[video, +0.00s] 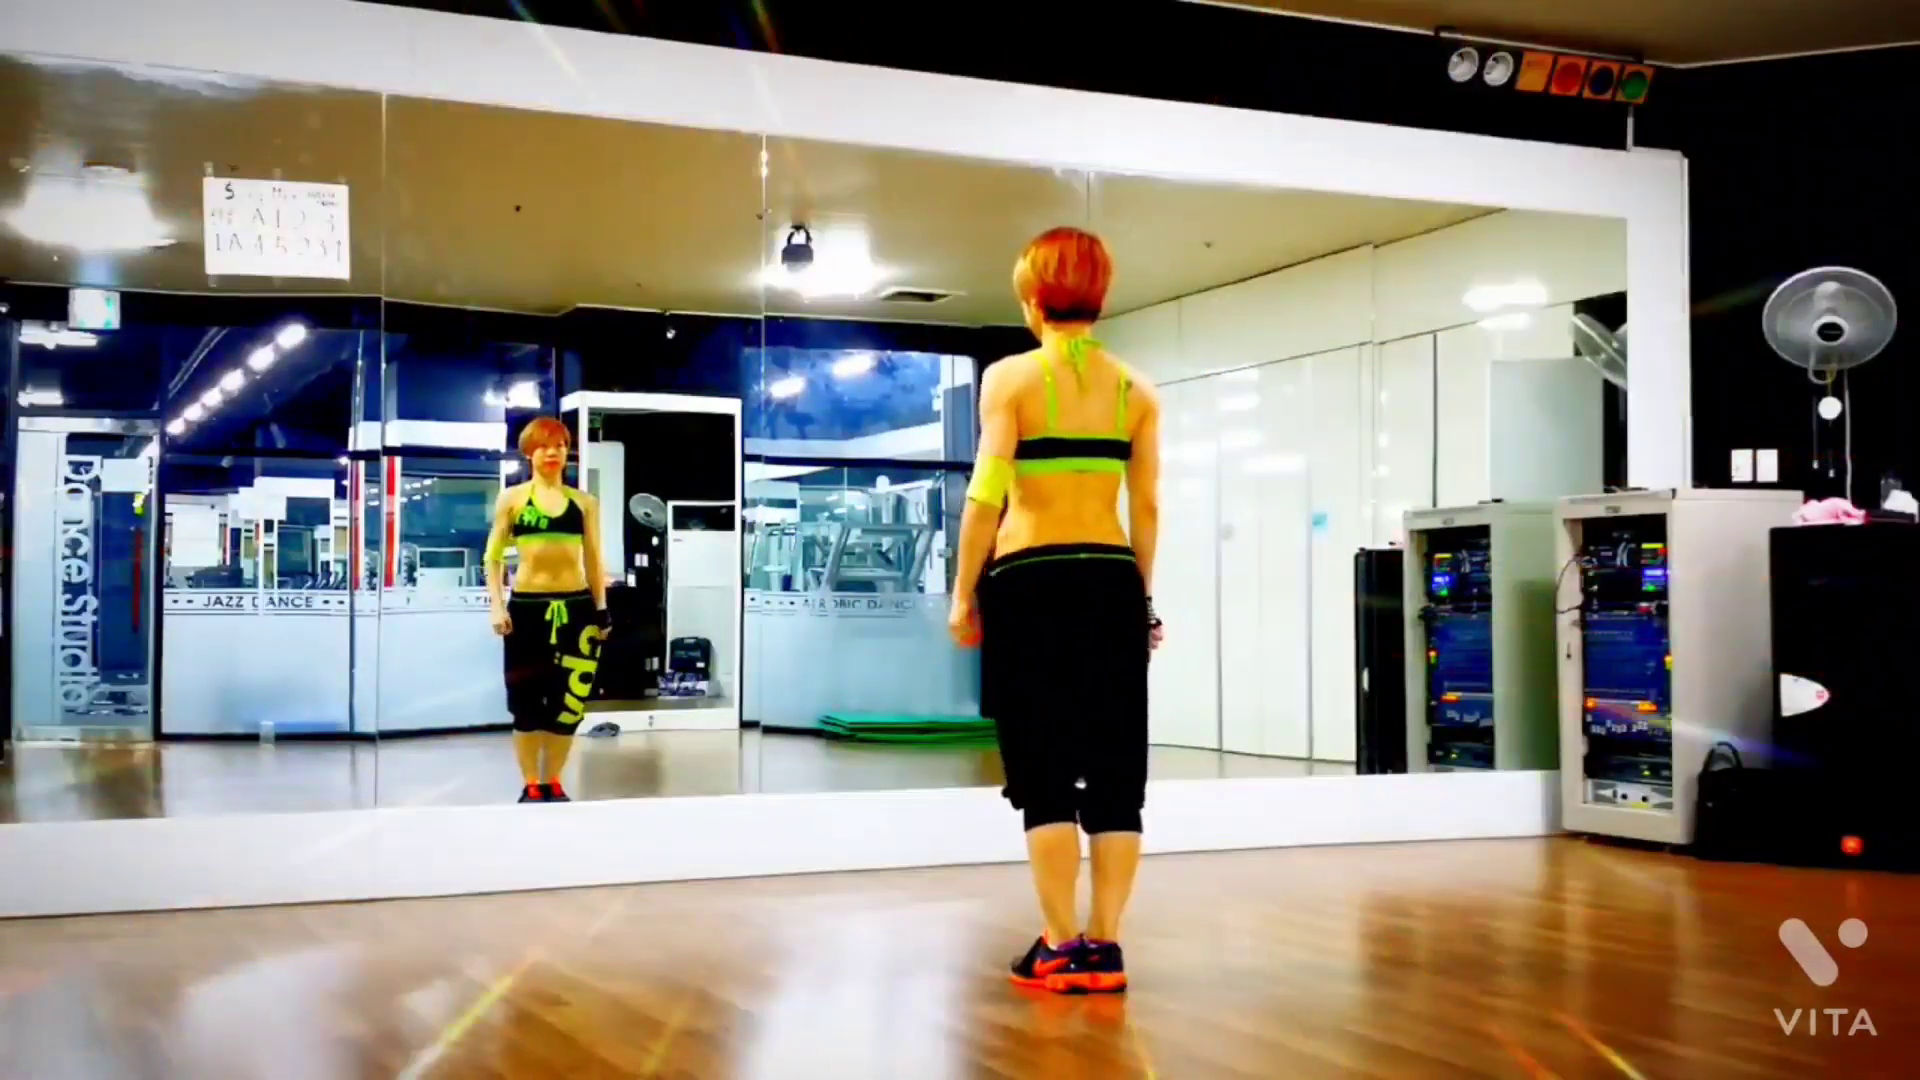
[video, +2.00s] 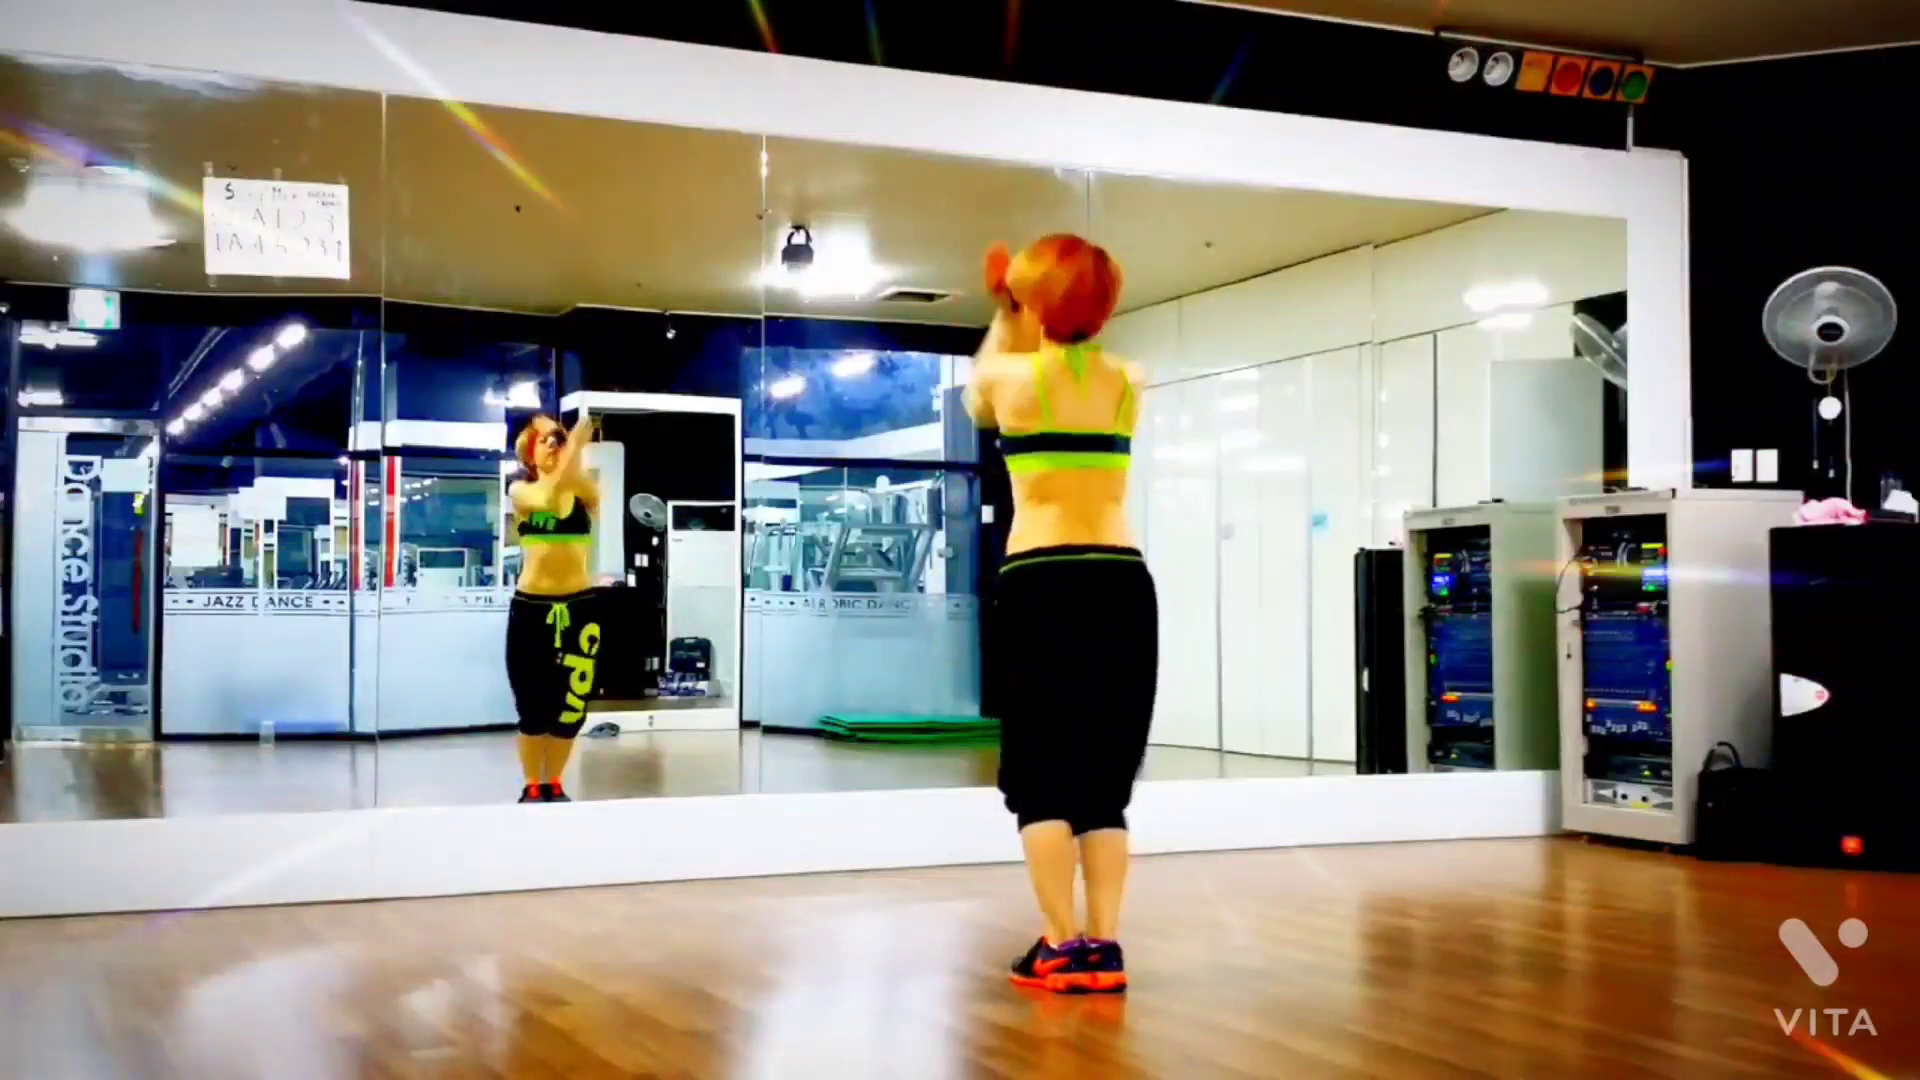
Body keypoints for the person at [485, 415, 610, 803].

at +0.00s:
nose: (552, 454)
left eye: (558, 446)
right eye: (543, 447)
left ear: (566, 452)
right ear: (530, 453)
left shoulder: (585, 502)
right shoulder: (512, 498)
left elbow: (594, 560)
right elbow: (493, 557)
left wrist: (600, 608)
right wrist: (498, 606)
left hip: (576, 607)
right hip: (527, 607)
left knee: (570, 700)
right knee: (528, 701)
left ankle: (552, 780)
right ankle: (531, 784)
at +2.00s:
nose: (550, 444)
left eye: (557, 438)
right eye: (541, 439)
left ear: (568, 447)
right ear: (529, 453)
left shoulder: (586, 491)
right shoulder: (520, 490)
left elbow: (570, 485)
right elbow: (548, 497)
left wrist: (574, 447)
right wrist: (577, 443)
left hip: (579, 602)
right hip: (530, 604)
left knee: (571, 705)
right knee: (533, 705)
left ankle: (553, 783)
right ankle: (532, 785)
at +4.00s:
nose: (549, 452)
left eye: (555, 444)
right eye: (539, 445)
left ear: (564, 451)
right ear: (523, 451)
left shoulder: (573, 483)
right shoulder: (513, 482)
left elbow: (582, 426)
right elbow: (500, 422)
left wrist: (585, 371)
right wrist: (485, 366)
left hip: (573, 601)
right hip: (525, 604)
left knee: (568, 700)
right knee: (526, 703)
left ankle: (552, 783)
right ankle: (532, 786)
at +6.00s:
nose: (557, 450)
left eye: (563, 444)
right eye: (547, 445)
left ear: (572, 450)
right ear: (534, 454)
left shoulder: (583, 485)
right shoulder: (525, 486)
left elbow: (578, 417)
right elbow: (524, 417)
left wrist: (568, 365)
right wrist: (525, 362)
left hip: (580, 601)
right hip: (532, 602)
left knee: (570, 701)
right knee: (531, 701)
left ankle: (552, 782)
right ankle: (531, 784)